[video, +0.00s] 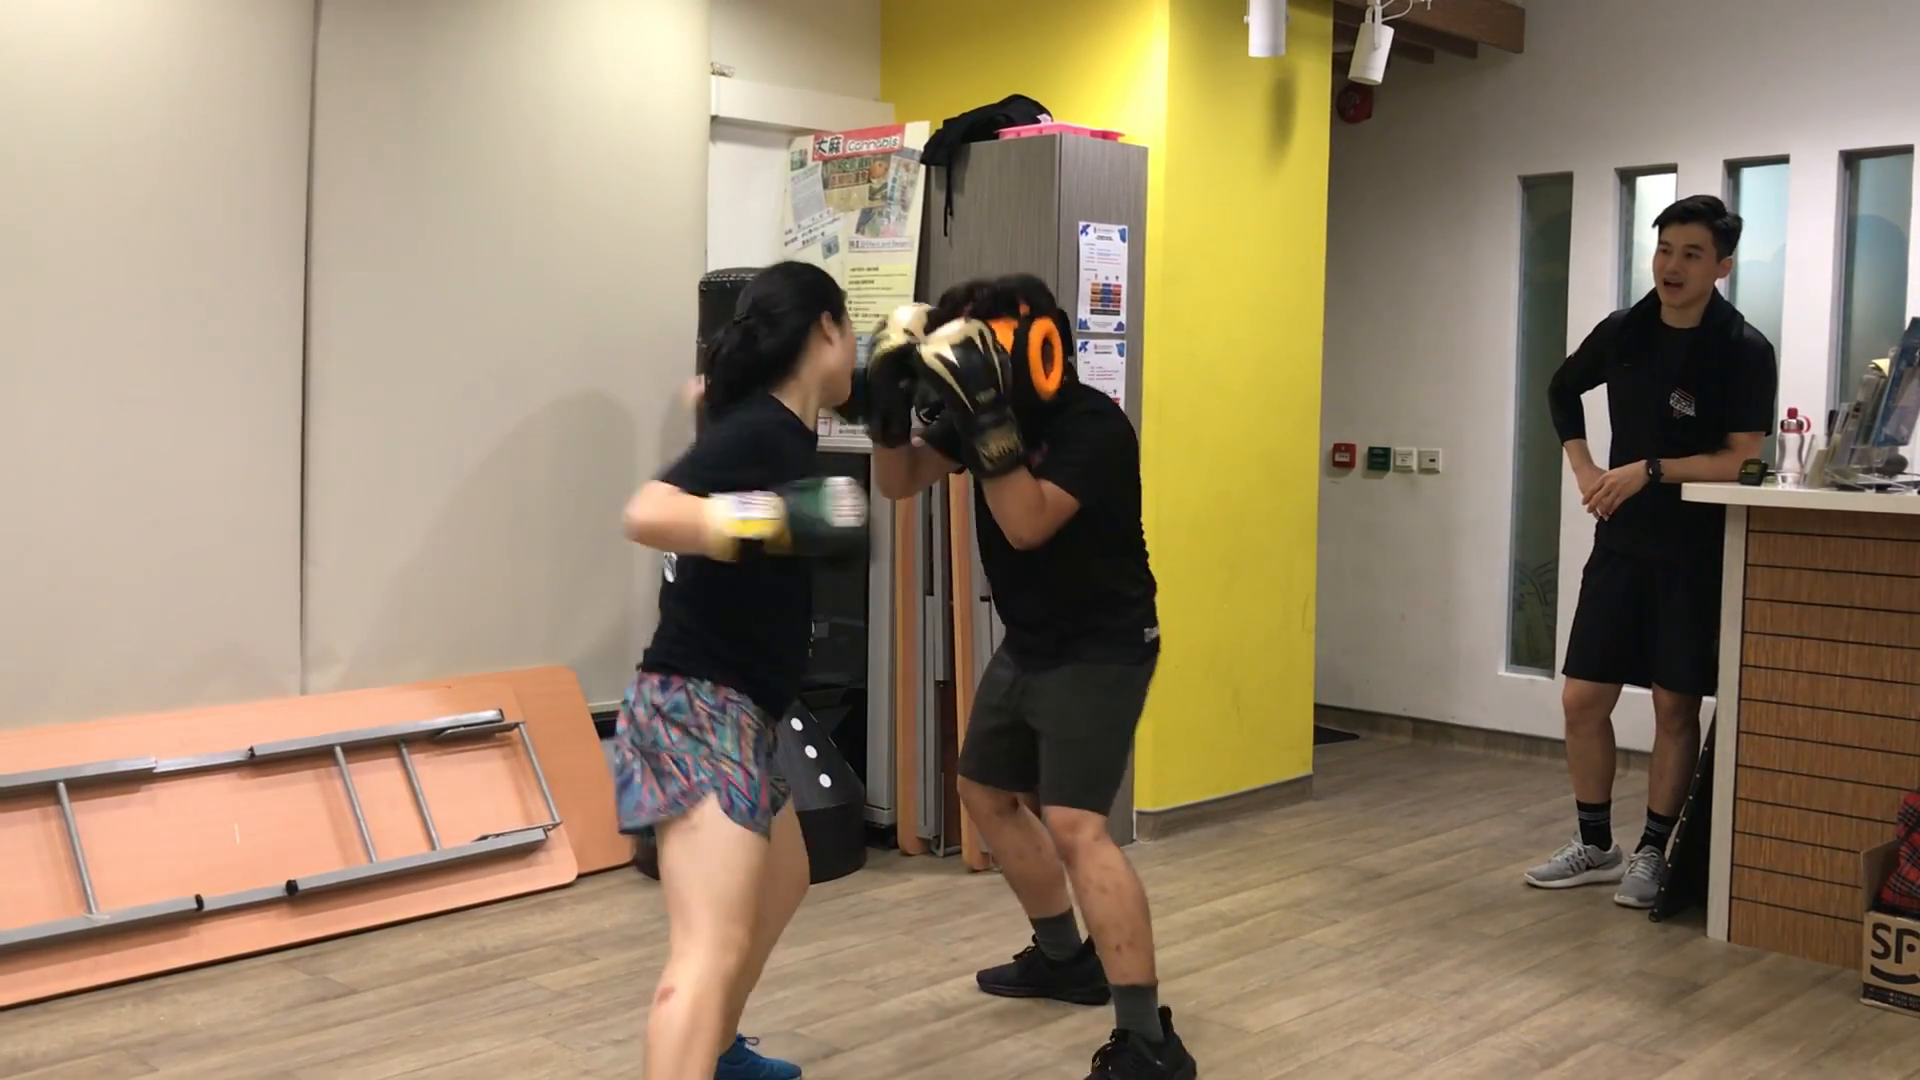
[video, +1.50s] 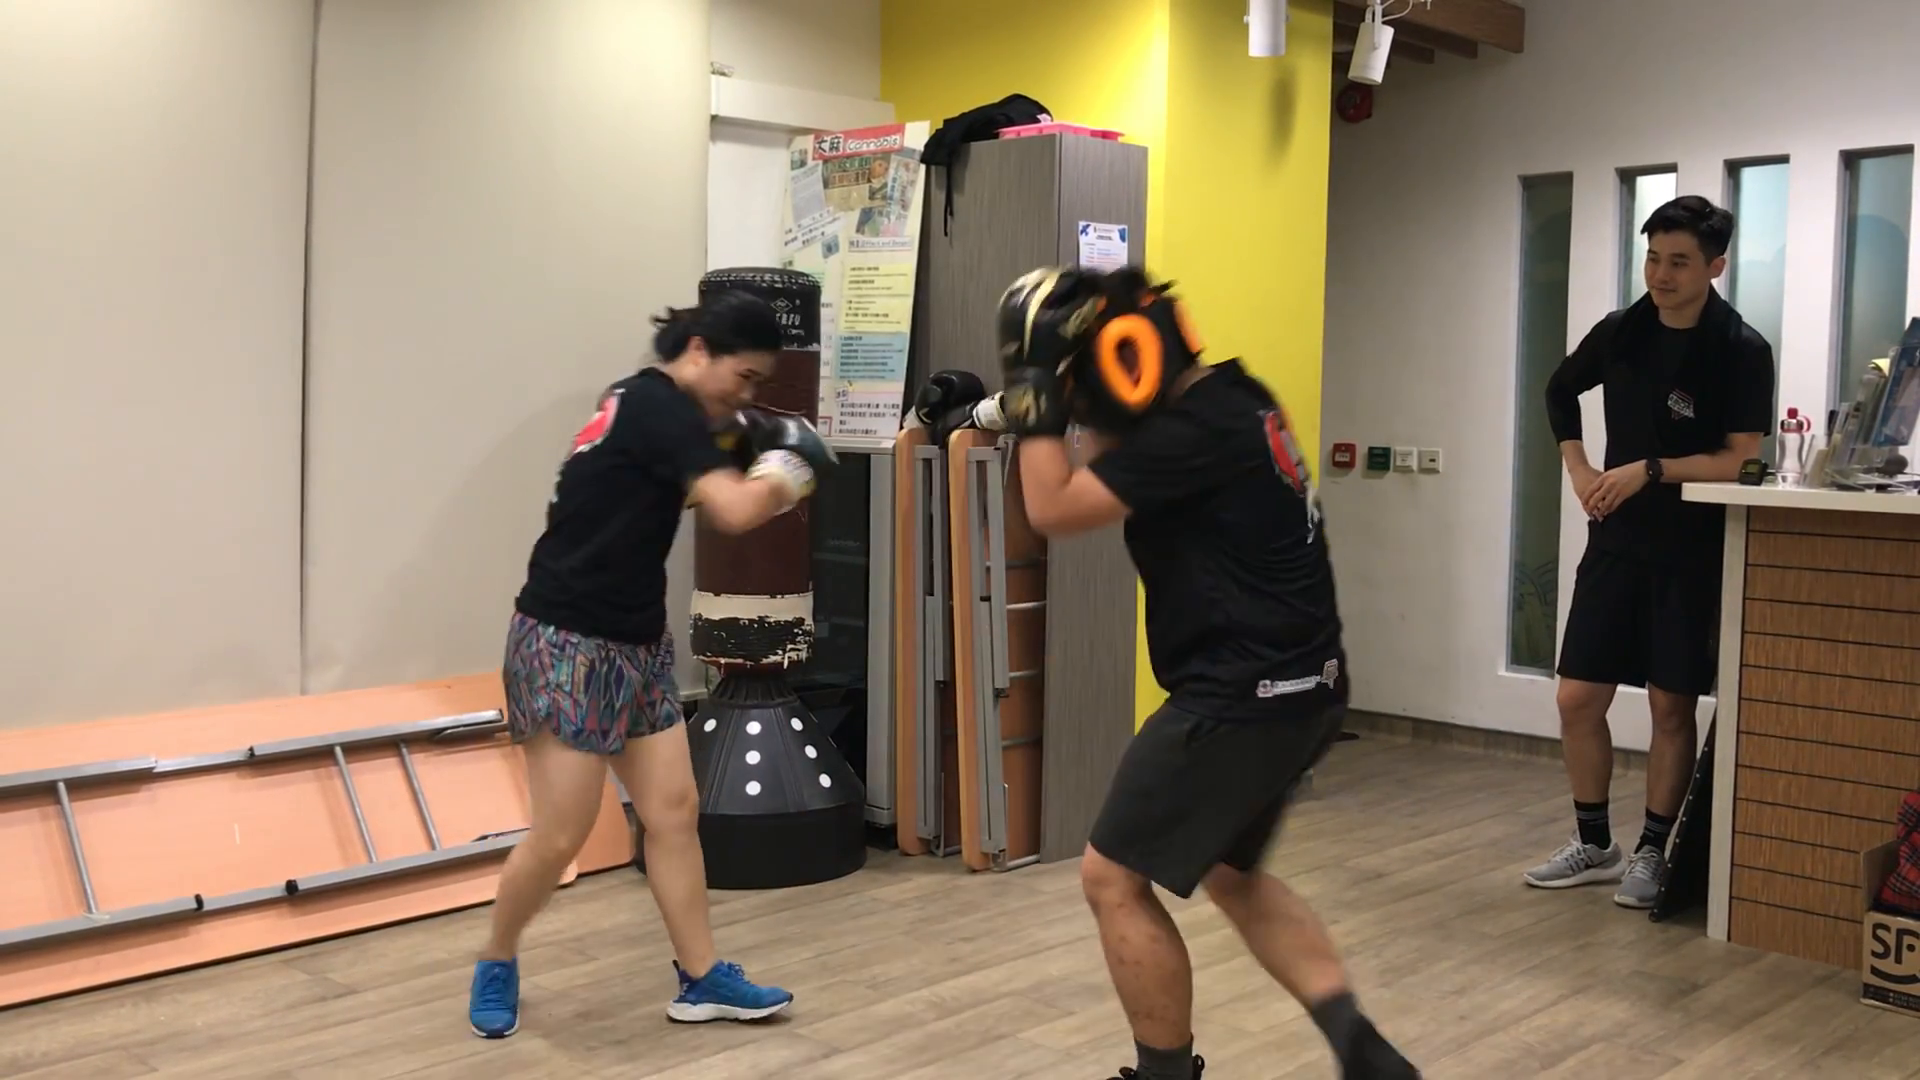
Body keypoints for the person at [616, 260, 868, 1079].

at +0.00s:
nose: (853, 346)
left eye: (847, 329)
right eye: (846, 329)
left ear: (780, 339)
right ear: (819, 336)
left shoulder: (786, 434)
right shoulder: (759, 432)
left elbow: (701, 400)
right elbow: (646, 511)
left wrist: (700, 404)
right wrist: (735, 523)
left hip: (736, 707)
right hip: (696, 705)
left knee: (782, 878)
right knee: (711, 949)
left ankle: (715, 1043)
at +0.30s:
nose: (764, 350)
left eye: (765, 338)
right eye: (761, 336)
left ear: (679, 327)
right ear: (722, 322)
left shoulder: (608, 398)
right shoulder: (744, 388)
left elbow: (586, 522)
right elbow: (861, 374)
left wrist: (669, 474)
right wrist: (935, 353)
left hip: (611, 663)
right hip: (697, 667)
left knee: (686, 879)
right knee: (692, 895)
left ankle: (708, 1049)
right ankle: (519, 1064)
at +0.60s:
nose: (688, 392)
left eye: (690, 377)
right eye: (688, 373)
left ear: (611, 355)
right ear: (651, 355)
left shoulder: (520, 423)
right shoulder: (657, 427)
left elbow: (461, 542)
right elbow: (754, 523)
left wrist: (558, 512)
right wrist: (680, 507)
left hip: (527, 700)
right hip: (585, 715)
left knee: (690, 840)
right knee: (555, 929)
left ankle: (701, 1044)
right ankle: (413, 1073)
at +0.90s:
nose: (734, 370)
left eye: (736, 353)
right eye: (732, 351)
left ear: (684, 340)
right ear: (696, 342)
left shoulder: (637, 416)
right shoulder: (609, 422)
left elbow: (550, 403)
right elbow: (507, 502)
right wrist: (614, 541)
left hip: (623, 678)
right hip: (560, 677)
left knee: (701, 820)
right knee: (519, 883)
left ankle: (719, 980)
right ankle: (415, 1068)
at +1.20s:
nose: (813, 394)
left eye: (818, 379)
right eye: (808, 377)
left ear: (761, 367)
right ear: (761, 365)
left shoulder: (727, 442)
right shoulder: (710, 430)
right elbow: (649, 491)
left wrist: (749, 536)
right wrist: (711, 530)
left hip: (641, 659)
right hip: (598, 653)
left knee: (693, 807)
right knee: (548, 842)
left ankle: (705, 978)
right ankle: (415, 1015)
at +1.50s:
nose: (750, 395)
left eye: (757, 382)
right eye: (744, 376)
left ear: (703, 361)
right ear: (697, 351)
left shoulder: (667, 405)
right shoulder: (659, 407)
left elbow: (689, 490)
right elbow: (736, 507)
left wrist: (746, 456)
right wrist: (790, 469)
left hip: (638, 641)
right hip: (567, 640)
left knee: (673, 810)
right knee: (559, 834)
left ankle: (700, 977)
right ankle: (496, 961)